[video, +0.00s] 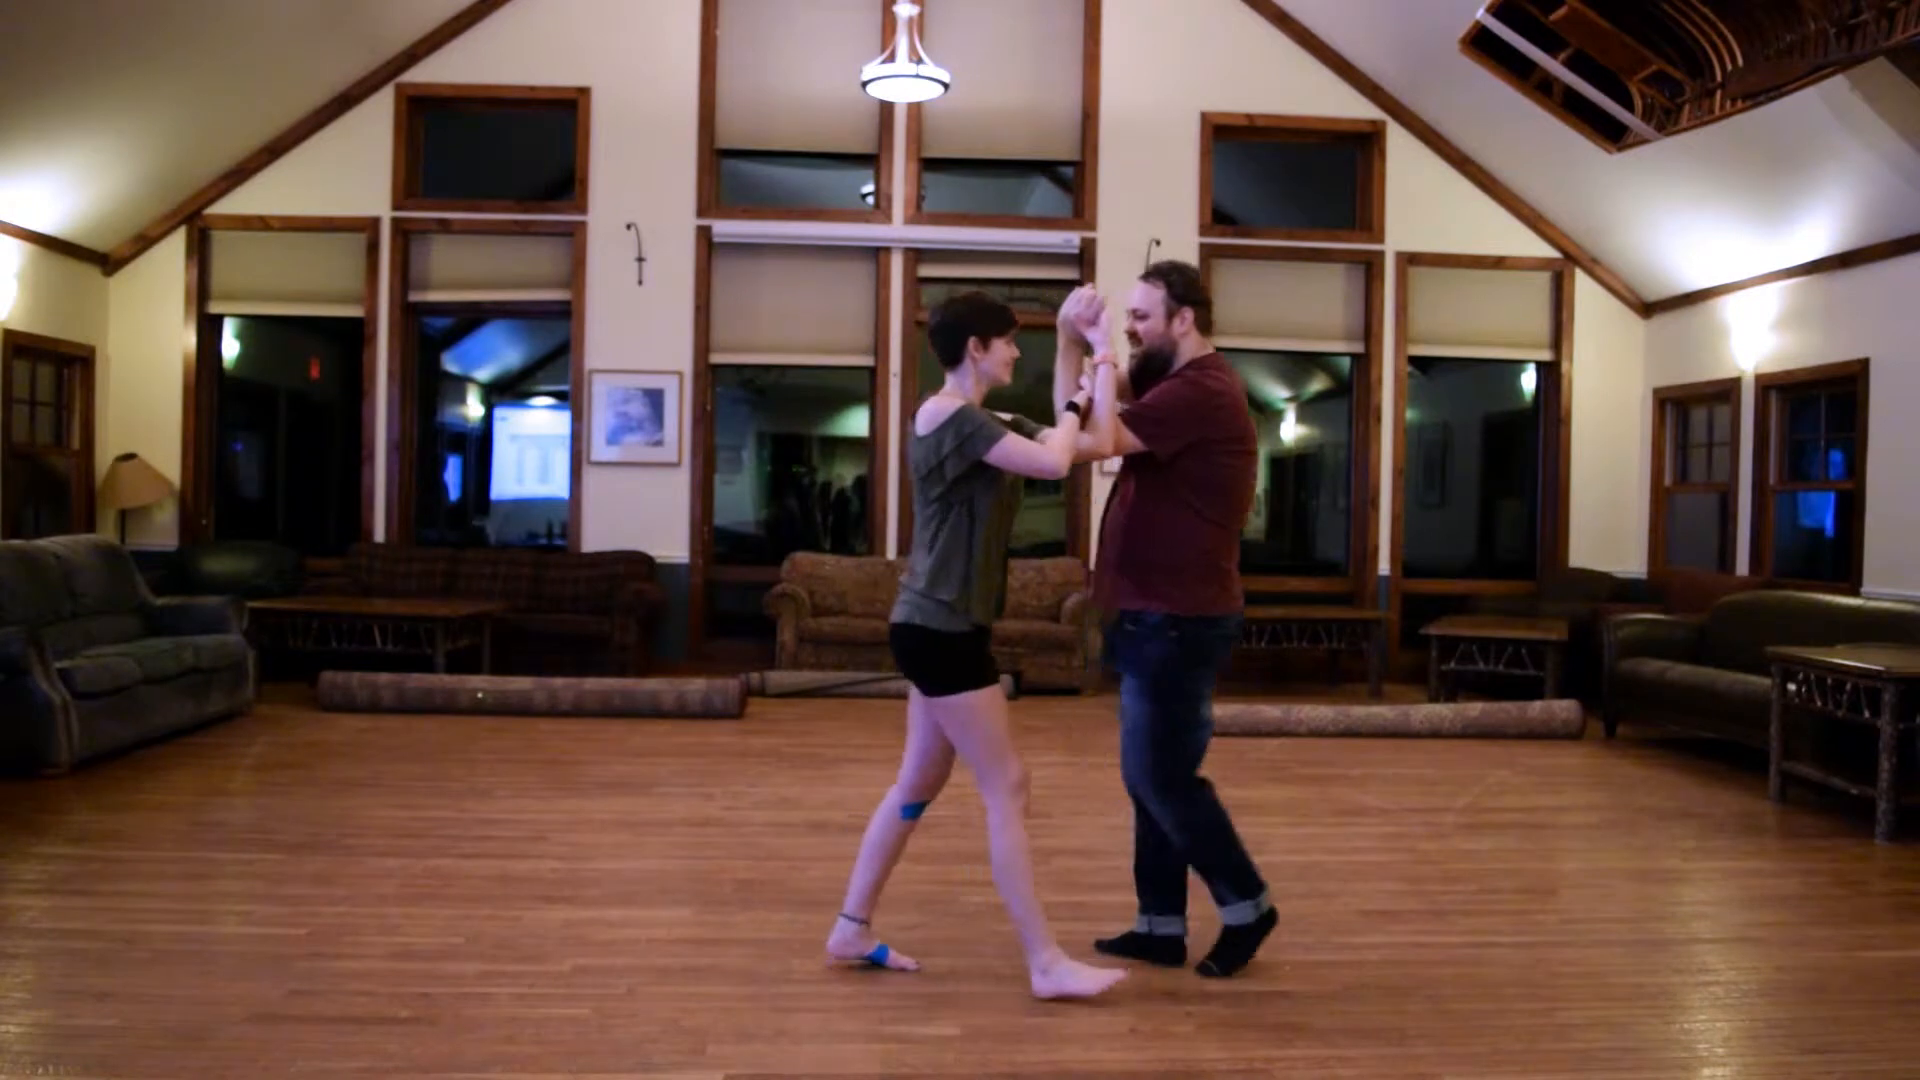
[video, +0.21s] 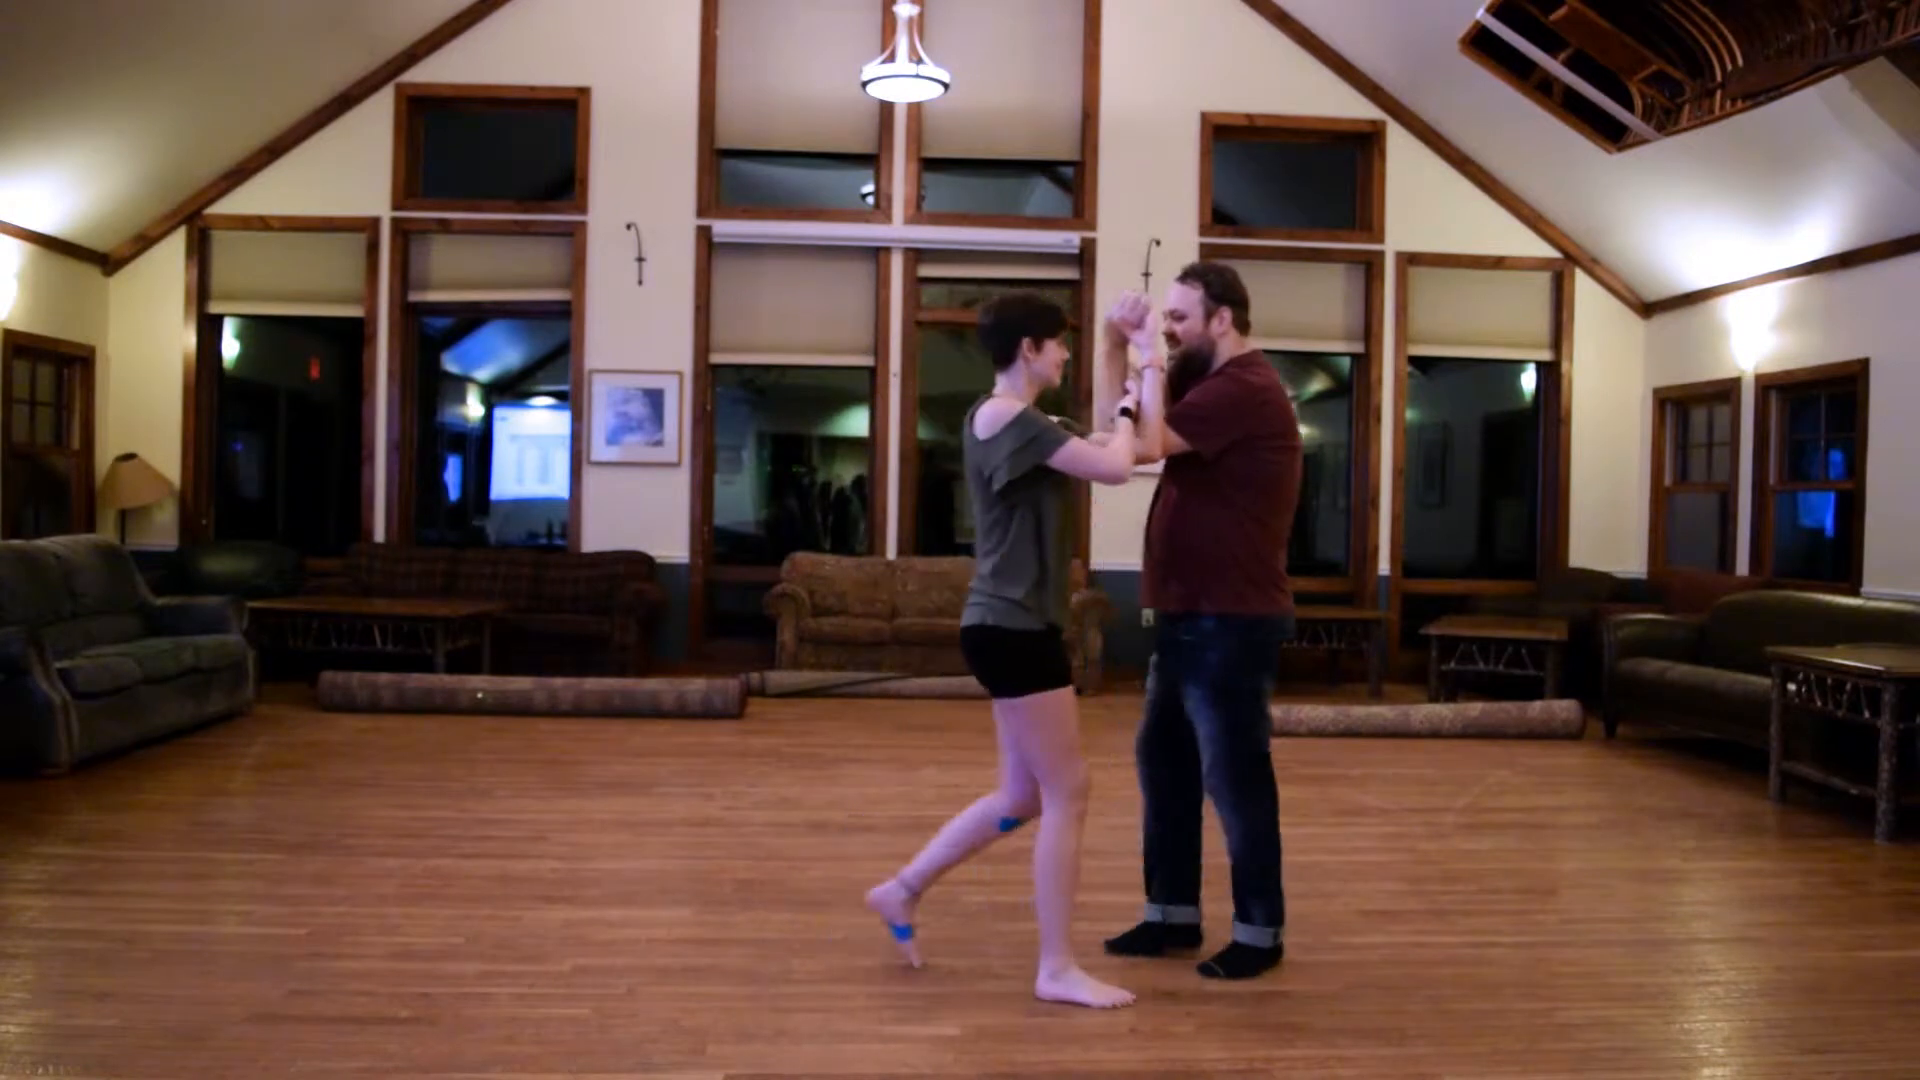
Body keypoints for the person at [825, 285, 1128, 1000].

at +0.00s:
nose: (1016, 353)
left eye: (1013, 341)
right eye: (1007, 342)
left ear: (965, 351)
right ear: (975, 349)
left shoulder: (941, 414)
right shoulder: (960, 423)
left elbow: (1055, 438)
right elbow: (1057, 460)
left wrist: (1073, 349)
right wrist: (1080, 392)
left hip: (930, 625)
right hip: (947, 633)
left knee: (915, 784)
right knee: (1005, 784)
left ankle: (850, 931)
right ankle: (1045, 963)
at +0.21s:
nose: (1063, 357)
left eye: (1062, 345)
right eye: (1059, 345)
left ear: (1015, 352)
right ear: (1032, 350)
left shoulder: (990, 418)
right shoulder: (1015, 425)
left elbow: (1102, 448)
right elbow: (1123, 462)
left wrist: (1111, 363)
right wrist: (1145, 372)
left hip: (999, 623)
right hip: (1020, 629)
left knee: (1020, 797)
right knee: (1067, 791)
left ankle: (902, 890)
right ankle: (1056, 969)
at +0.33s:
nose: (1098, 350)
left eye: (1095, 338)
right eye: (1092, 338)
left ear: (1048, 348)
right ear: (1065, 346)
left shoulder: (1036, 412)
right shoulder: (1047, 421)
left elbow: (1134, 436)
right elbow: (1158, 461)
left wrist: (1142, 351)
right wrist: (1179, 371)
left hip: (1061, 625)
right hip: (1046, 630)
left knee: (1112, 791)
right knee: (1084, 798)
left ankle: (982, 886)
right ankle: (1057, 971)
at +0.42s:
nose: (1118, 349)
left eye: (1117, 337)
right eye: (1113, 337)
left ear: (1066, 347)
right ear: (1086, 344)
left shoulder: (1053, 410)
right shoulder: (1071, 419)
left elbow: (1161, 438)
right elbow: (1187, 454)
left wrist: (1165, 356)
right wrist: (1198, 371)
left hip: (1084, 625)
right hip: (1064, 631)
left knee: (1142, 788)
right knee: (1090, 801)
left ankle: (1045, 913)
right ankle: (1055, 970)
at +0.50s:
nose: (1137, 347)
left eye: (1136, 335)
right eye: (1133, 335)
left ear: (1084, 344)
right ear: (1108, 341)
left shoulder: (1072, 408)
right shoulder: (1097, 414)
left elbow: (1178, 443)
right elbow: (1209, 452)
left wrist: (1185, 364)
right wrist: (1217, 374)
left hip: (1107, 623)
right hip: (1078, 627)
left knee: (1158, 784)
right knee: (1091, 797)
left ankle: (1123, 950)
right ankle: (1056, 970)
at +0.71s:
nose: (1189, 352)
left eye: (1189, 343)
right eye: (1187, 342)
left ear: (1131, 351)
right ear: (1166, 349)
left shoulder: (1131, 413)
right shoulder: (1153, 419)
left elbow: (1217, 435)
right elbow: (1263, 462)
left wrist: (1222, 354)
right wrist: (1261, 386)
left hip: (1157, 632)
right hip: (1129, 634)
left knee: (1192, 799)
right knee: (1112, 806)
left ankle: (1230, 966)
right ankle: (1056, 968)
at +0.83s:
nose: (1222, 357)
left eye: (1221, 345)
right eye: (1220, 346)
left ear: (1157, 351)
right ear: (1200, 349)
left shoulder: (1156, 416)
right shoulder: (1194, 422)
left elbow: (1241, 428)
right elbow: (1296, 473)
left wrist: (1247, 347)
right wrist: (1286, 401)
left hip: (1188, 632)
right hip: (1178, 636)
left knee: (1215, 802)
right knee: (1172, 806)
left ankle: (1238, 969)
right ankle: (1070, 951)